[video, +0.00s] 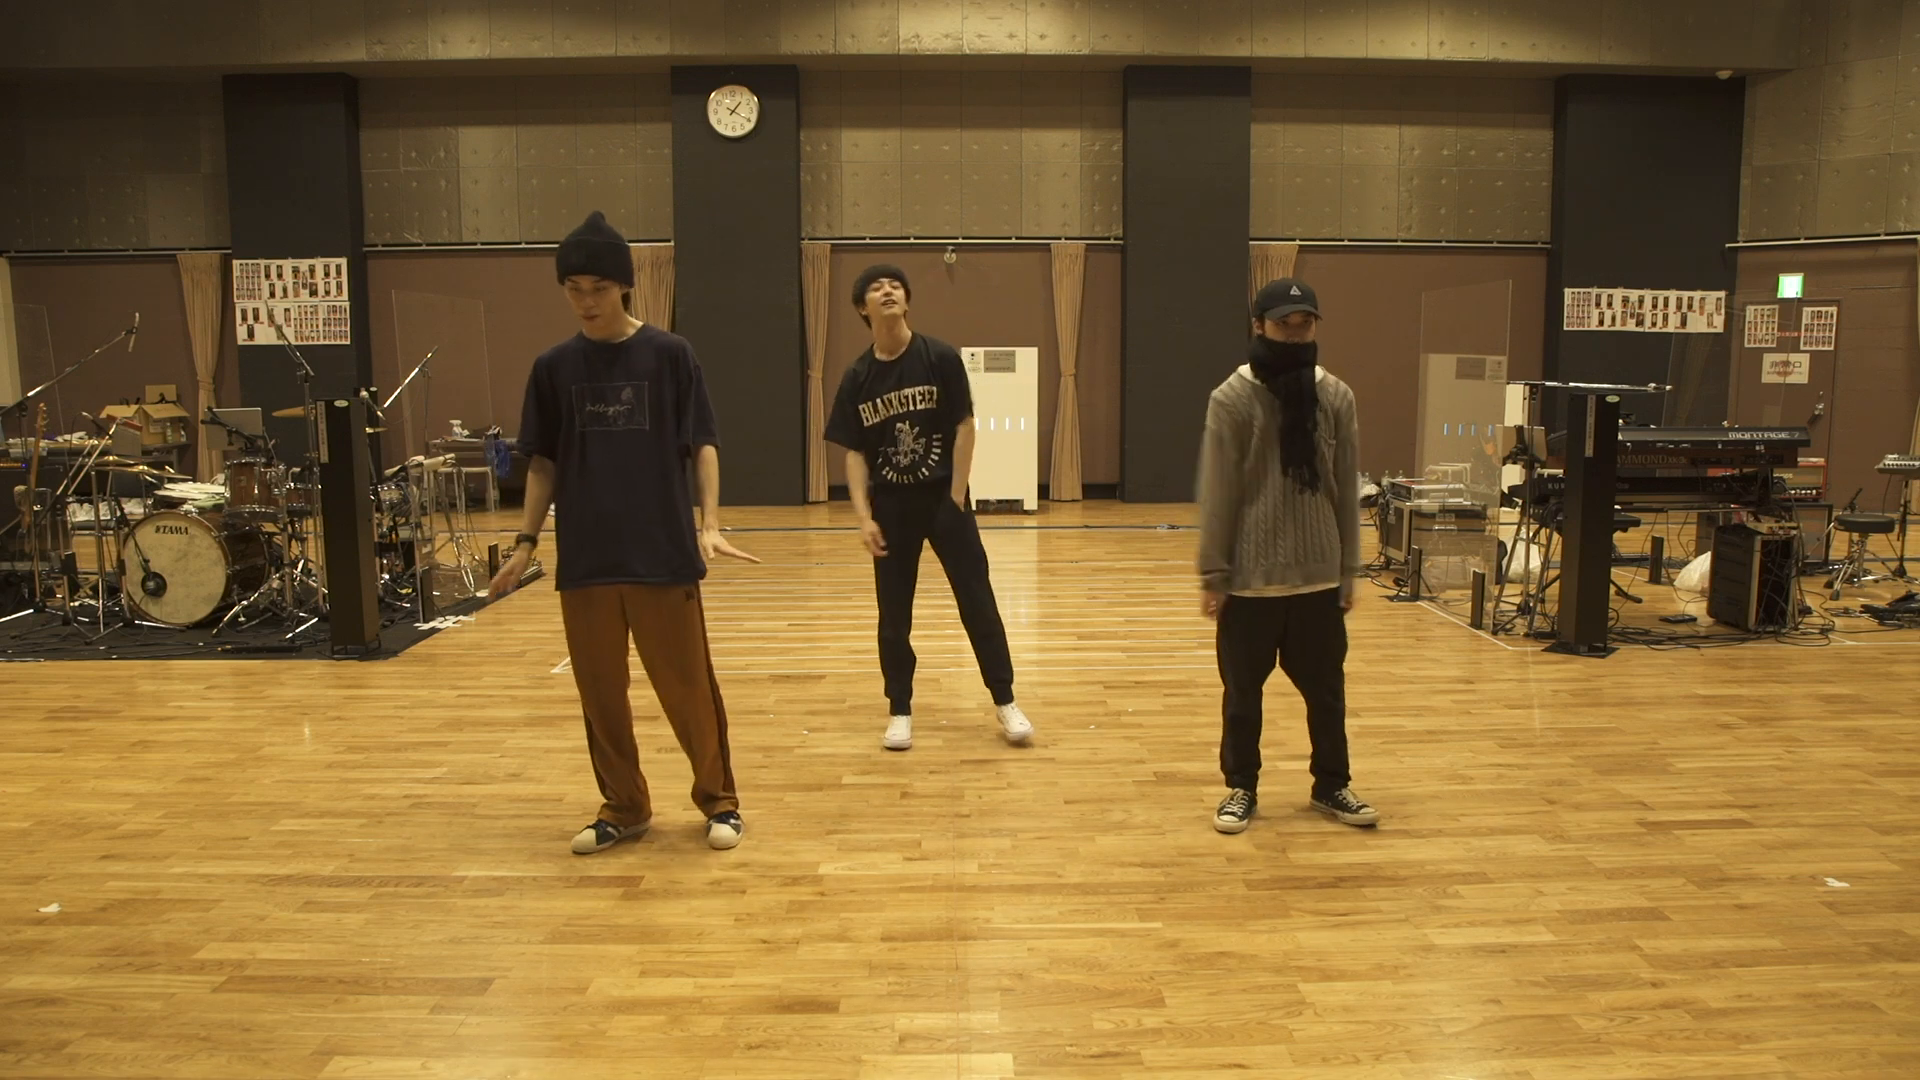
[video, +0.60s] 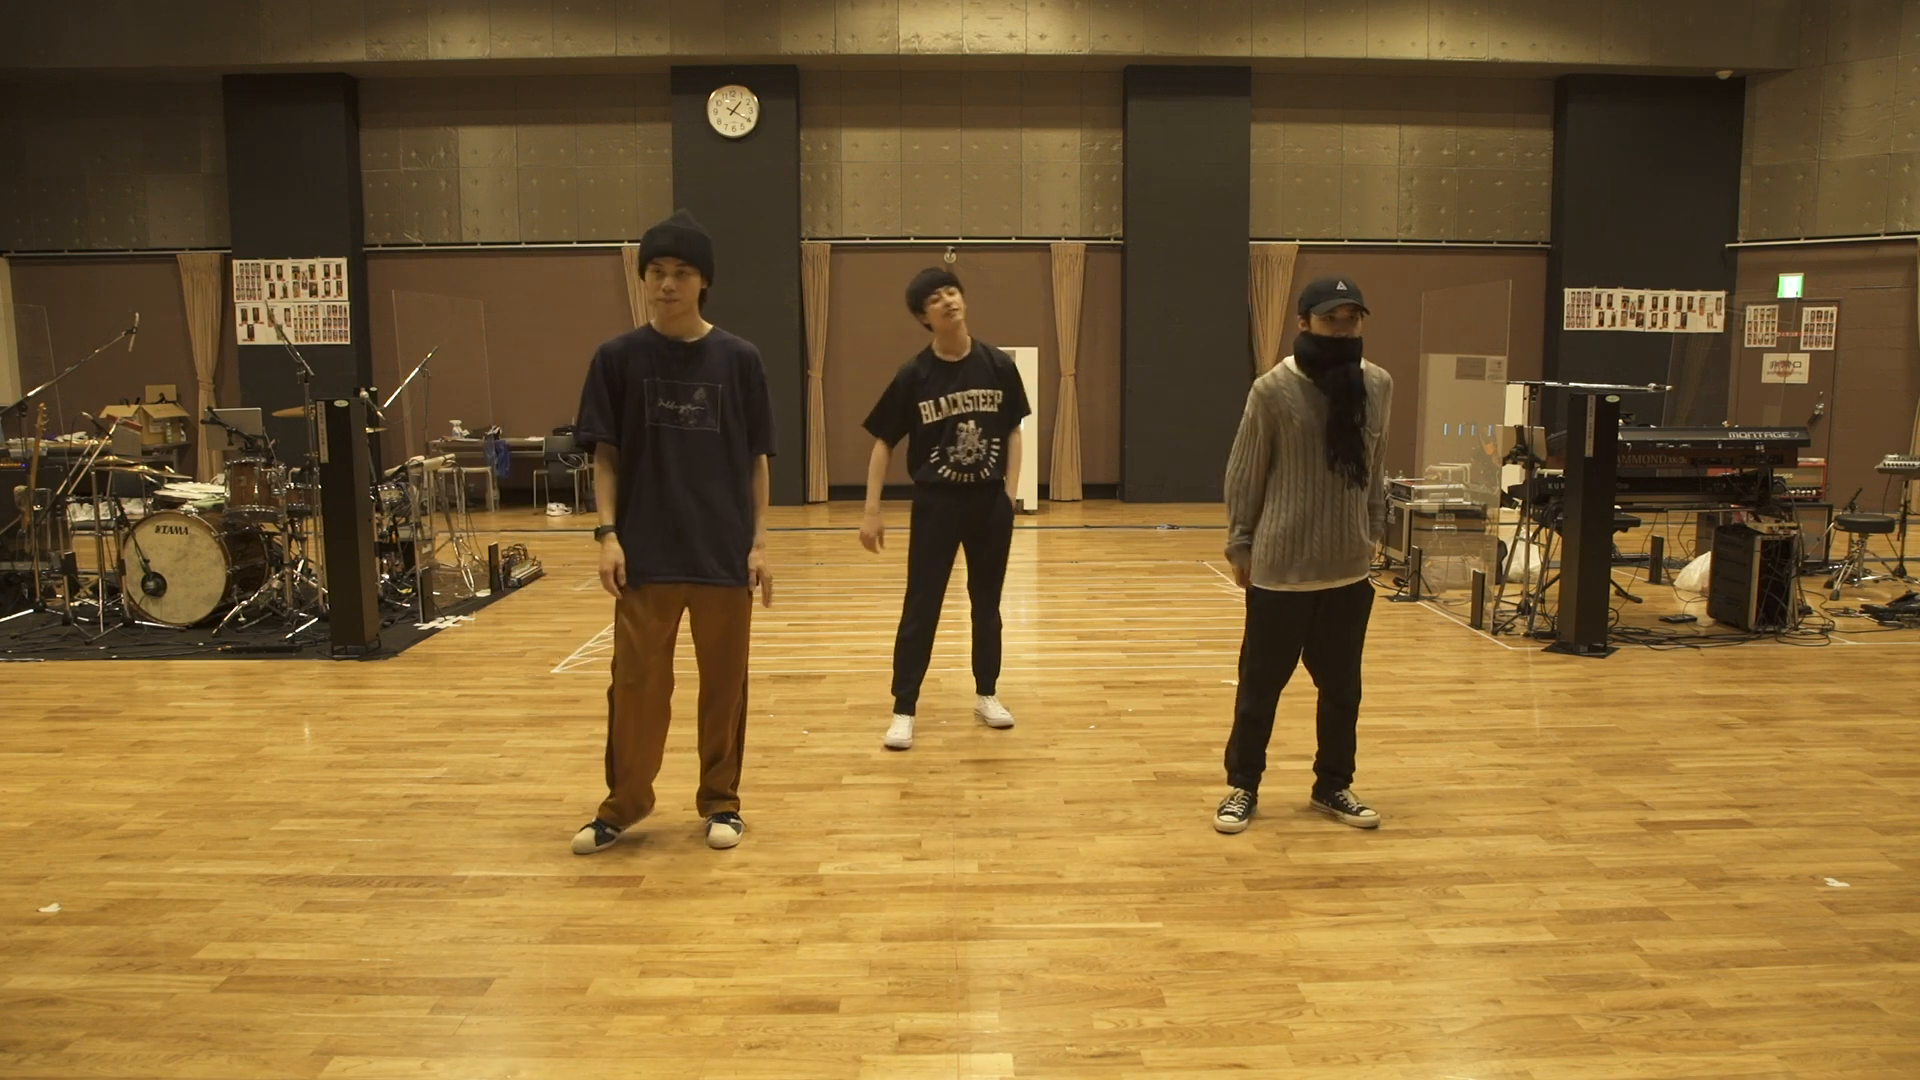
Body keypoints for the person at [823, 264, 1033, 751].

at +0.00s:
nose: (886, 291)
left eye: (894, 286)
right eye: (875, 288)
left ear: (908, 301)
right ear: (862, 309)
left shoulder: (941, 357)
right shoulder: (857, 377)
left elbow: (965, 427)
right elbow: (854, 452)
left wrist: (957, 495)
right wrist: (864, 517)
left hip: (945, 501)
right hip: (890, 508)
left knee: (979, 603)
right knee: (892, 616)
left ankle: (1005, 702)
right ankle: (899, 712)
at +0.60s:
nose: (948, 301)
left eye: (952, 293)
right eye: (936, 300)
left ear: (965, 301)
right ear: (923, 318)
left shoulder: (998, 364)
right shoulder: (914, 376)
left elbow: (1013, 432)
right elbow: (882, 442)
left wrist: (1010, 492)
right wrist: (871, 511)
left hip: (990, 502)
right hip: (935, 505)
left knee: (987, 603)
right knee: (921, 606)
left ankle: (987, 695)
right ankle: (903, 712)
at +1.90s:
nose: (922, 318)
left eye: (931, 308)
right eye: (913, 309)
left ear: (950, 301)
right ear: (903, 308)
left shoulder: (979, 330)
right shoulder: (899, 357)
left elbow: (1010, 399)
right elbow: (914, 421)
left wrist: (989, 456)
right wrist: (928, 474)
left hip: (993, 457)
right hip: (944, 469)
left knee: (998, 541)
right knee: (947, 575)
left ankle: (1010, 638)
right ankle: (973, 684)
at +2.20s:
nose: (946, 337)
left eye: (954, 328)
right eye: (937, 328)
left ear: (967, 325)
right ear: (923, 328)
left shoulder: (993, 365)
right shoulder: (906, 379)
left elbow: (1009, 429)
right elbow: (900, 446)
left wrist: (1012, 488)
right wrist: (922, 498)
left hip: (997, 502)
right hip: (943, 508)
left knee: (1002, 603)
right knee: (962, 610)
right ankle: (1008, 695)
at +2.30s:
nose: (948, 335)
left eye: (956, 326)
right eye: (939, 327)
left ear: (968, 328)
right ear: (924, 330)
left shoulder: (996, 374)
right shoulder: (907, 383)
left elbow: (1007, 439)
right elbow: (898, 449)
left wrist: (1003, 501)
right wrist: (924, 501)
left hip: (987, 513)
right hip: (937, 513)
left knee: (965, 602)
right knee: (938, 601)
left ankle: (936, 672)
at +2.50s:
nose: (952, 345)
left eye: (960, 336)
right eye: (943, 336)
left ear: (971, 341)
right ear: (928, 342)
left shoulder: (990, 390)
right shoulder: (910, 405)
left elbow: (1000, 455)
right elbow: (895, 476)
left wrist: (1007, 515)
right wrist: (922, 530)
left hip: (991, 530)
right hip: (939, 534)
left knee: (1023, 618)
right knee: (915, 632)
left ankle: (964, 659)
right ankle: (882, 703)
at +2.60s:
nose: (958, 343)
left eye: (966, 334)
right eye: (949, 334)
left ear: (977, 340)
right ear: (933, 339)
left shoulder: (998, 386)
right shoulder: (914, 402)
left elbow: (1011, 449)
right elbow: (905, 471)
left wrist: (1021, 507)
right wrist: (931, 526)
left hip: (1007, 522)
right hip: (954, 532)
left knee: (1060, 601)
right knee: (929, 624)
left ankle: (1027, 672)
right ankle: (885, 701)